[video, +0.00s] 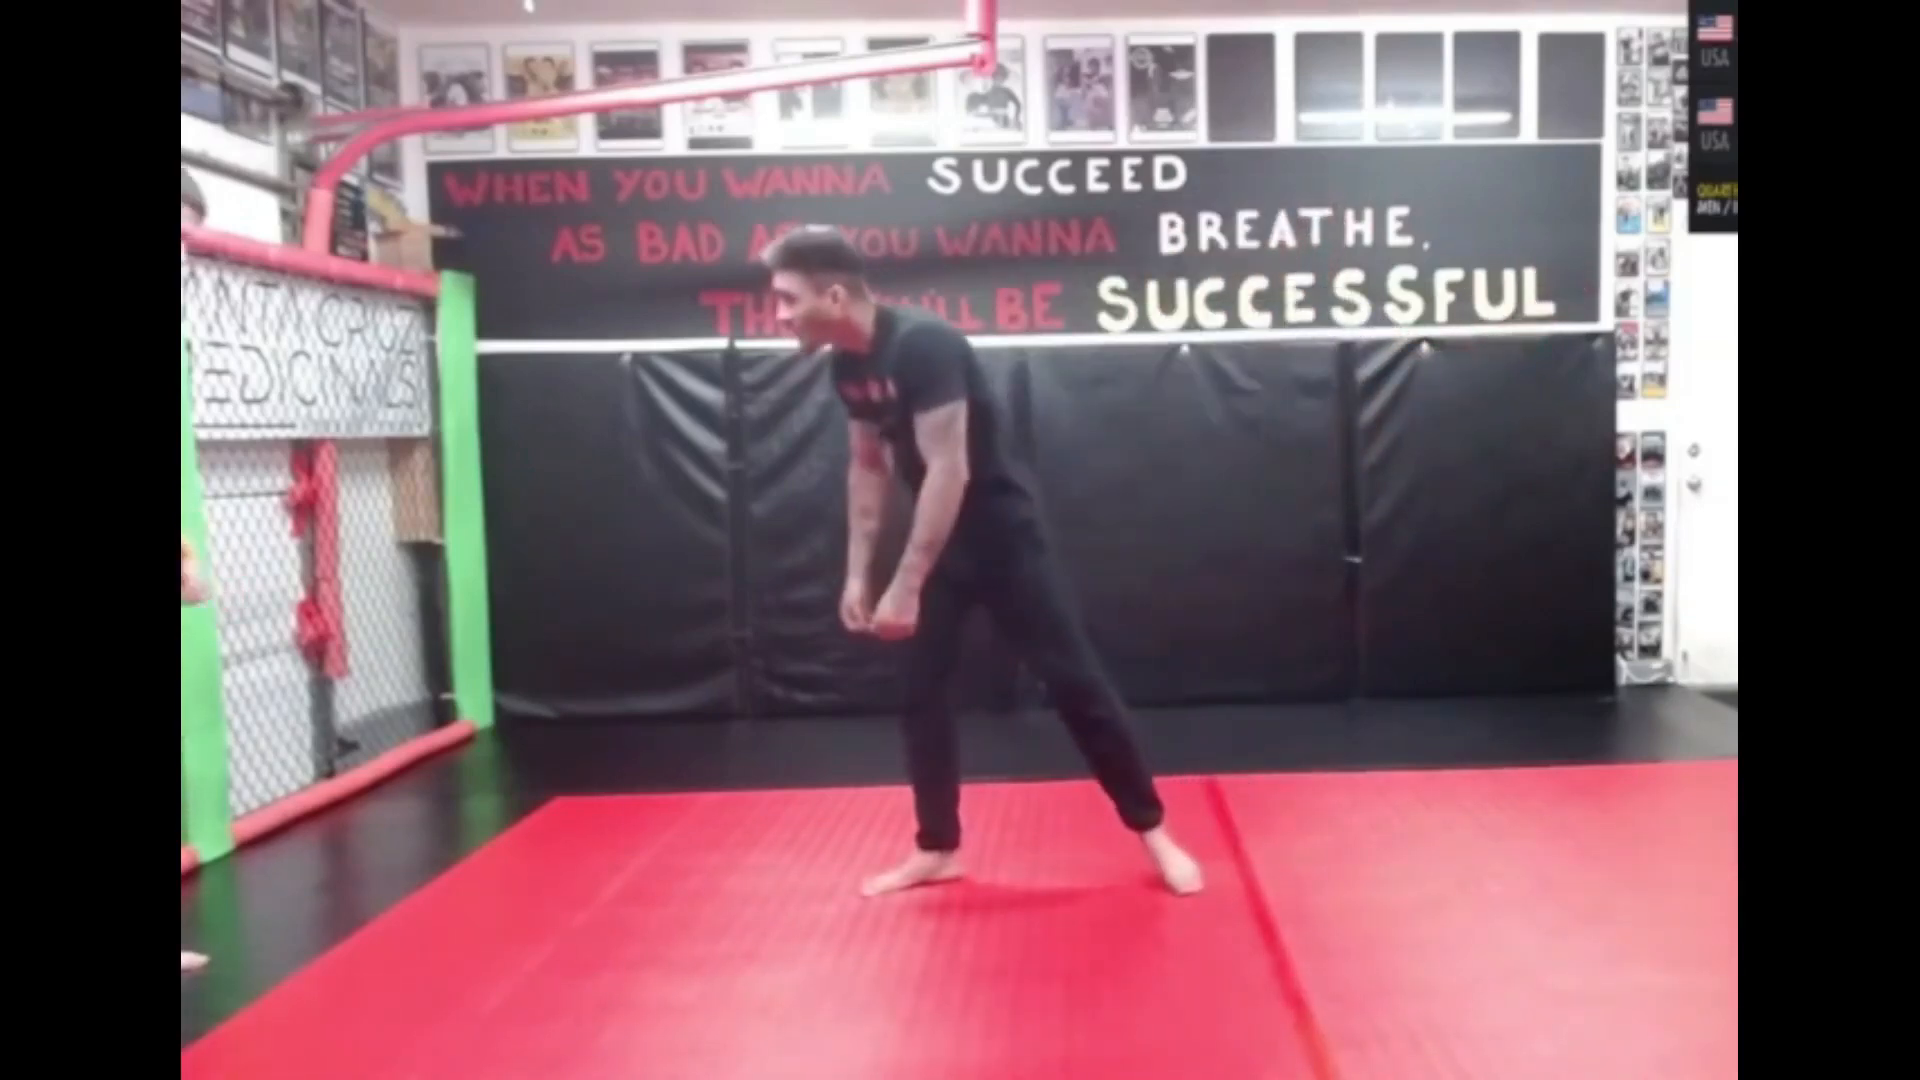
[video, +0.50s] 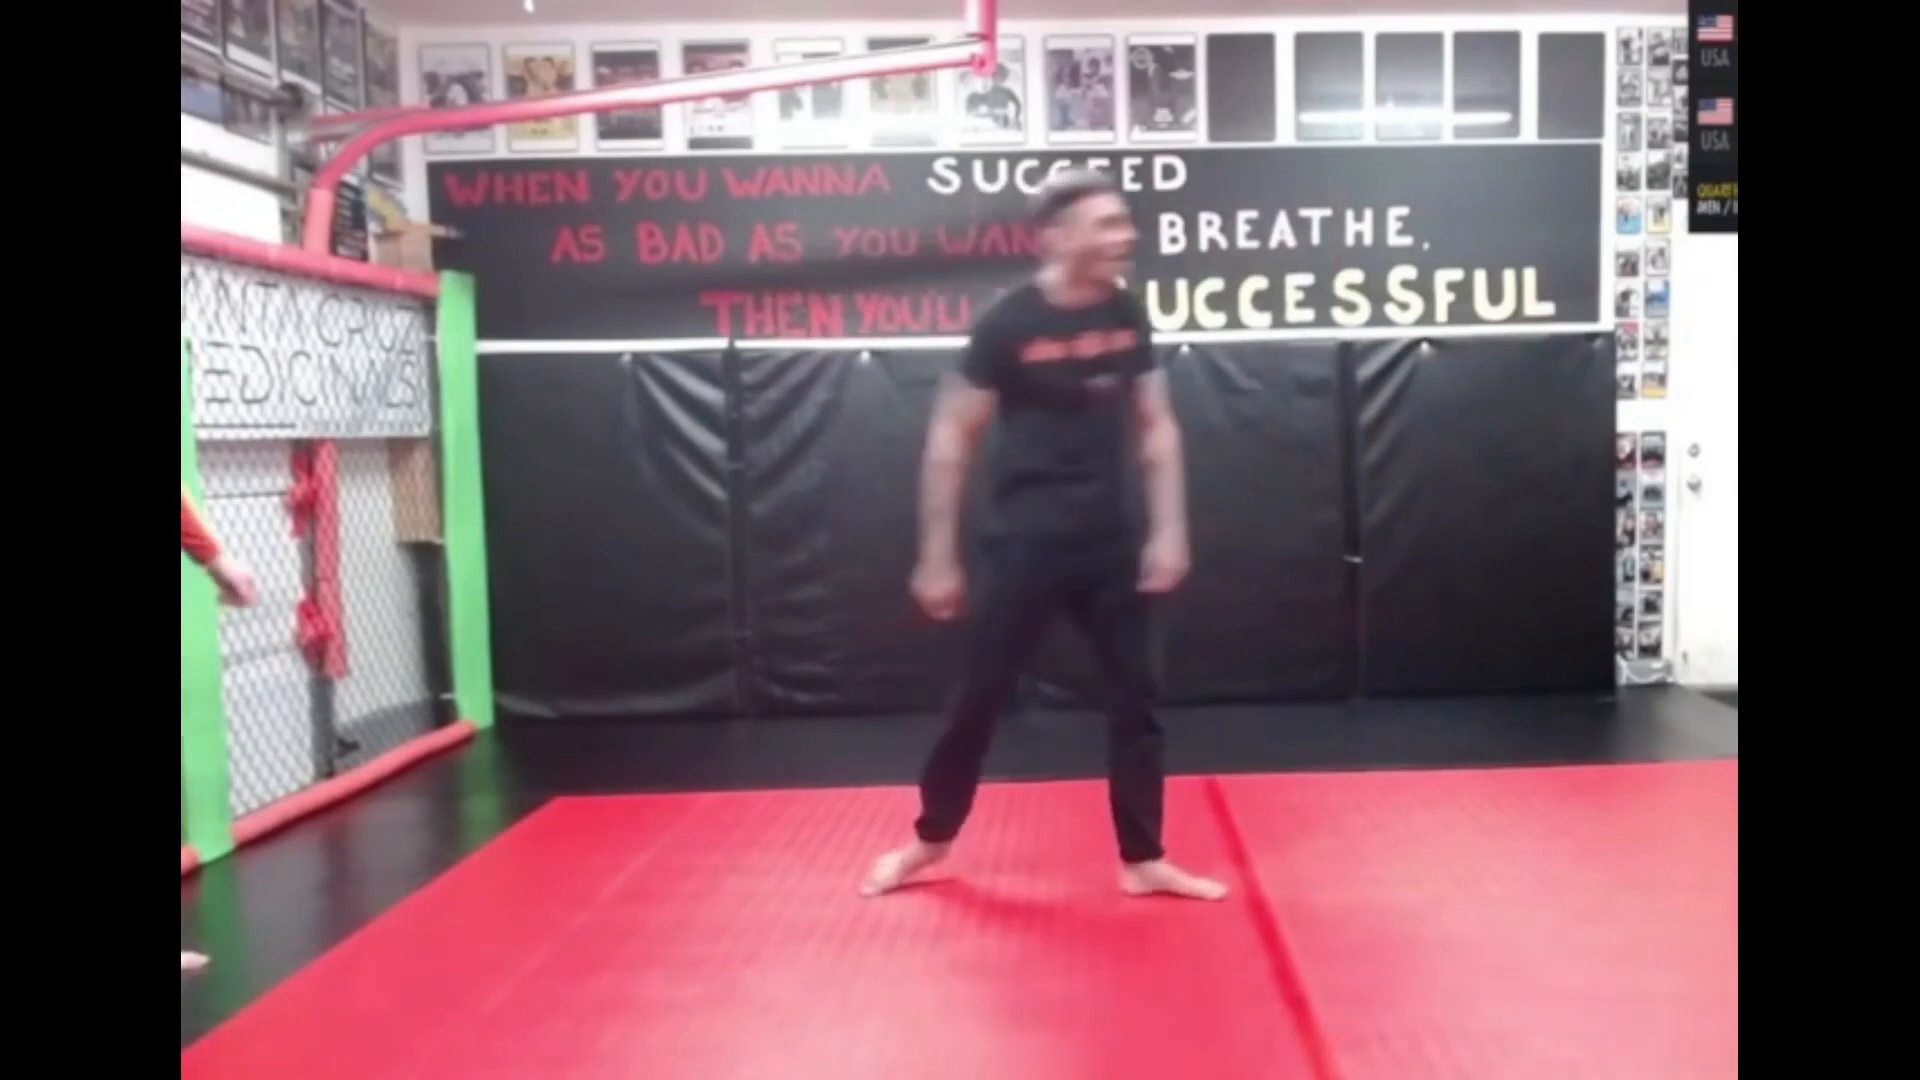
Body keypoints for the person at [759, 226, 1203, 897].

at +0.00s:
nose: (780, 316)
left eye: (788, 300)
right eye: (777, 301)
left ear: (838, 293)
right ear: (828, 298)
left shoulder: (925, 345)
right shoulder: (849, 367)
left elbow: (949, 473)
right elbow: (868, 466)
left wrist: (905, 585)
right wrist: (858, 573)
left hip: (1002, 528)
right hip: (935, 535)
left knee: (1069, 670)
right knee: (922, 683)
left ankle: (1154, 832)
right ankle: (937, 849)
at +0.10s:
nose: (816, 306)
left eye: (828, 287)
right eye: (809, 290)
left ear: (879, 276)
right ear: (807, 291)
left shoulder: (948, 335)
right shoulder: (849, 361)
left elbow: (982, 458)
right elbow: (856, 465)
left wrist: (936, 568)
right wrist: (850, 575)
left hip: (1008, 527)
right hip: (941, 534)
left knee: (1078, 673)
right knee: (919, 687)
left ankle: (1155, 832)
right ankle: (935, 850)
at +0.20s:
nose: (841, 297)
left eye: (855, 278)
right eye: (831, 284)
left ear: (902, 267)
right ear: (825, 288)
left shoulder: (963, 332)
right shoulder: (852, 361)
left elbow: (998, 453)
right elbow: (856, 463)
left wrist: (953, 561)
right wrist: (851, 573)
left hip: (1013, 520)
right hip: (939, 529)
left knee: (1083, 673)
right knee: (917, 685)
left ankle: (1154, 833)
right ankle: (935, 848)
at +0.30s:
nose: (913, 276)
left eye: (925, 259)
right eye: (895, 264)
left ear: (954, 256)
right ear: (874, 276)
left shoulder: (998, 324)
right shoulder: (871, 349)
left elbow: (1036, 440)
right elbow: (858, 459)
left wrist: (997, 551)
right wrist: (858, 569)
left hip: (1020, 511)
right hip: (942, 519)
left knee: (1090, 673)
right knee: (922, 683)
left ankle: (1151, 840)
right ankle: (935, 849)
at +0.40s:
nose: (1032, 255)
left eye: (1037, 239)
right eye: (1013, 242)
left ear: (1046, 245)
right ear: (965, 255)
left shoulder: (1064, 319)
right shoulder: (930, 338)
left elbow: (1095, 427)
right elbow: (886, 444)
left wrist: (1081, 540)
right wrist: (883, 563)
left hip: (1057, 525)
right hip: (970, 528)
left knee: (1110, 682)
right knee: (945, 685)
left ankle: (1141, 852)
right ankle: (935, 848)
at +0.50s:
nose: (1124, 235)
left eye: (1125, 222)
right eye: (1106, 224)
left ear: (1126, 232)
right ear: (1057, 237)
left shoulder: (1127, 320)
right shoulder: (1007, 326)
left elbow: (1155, 427)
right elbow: (950, 434)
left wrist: (1168, 531)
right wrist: (938, 556)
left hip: (1108, 540)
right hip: (1020, 543)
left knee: (1136, 695)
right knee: (979, 691)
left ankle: (1142, 858)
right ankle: (931, 839)